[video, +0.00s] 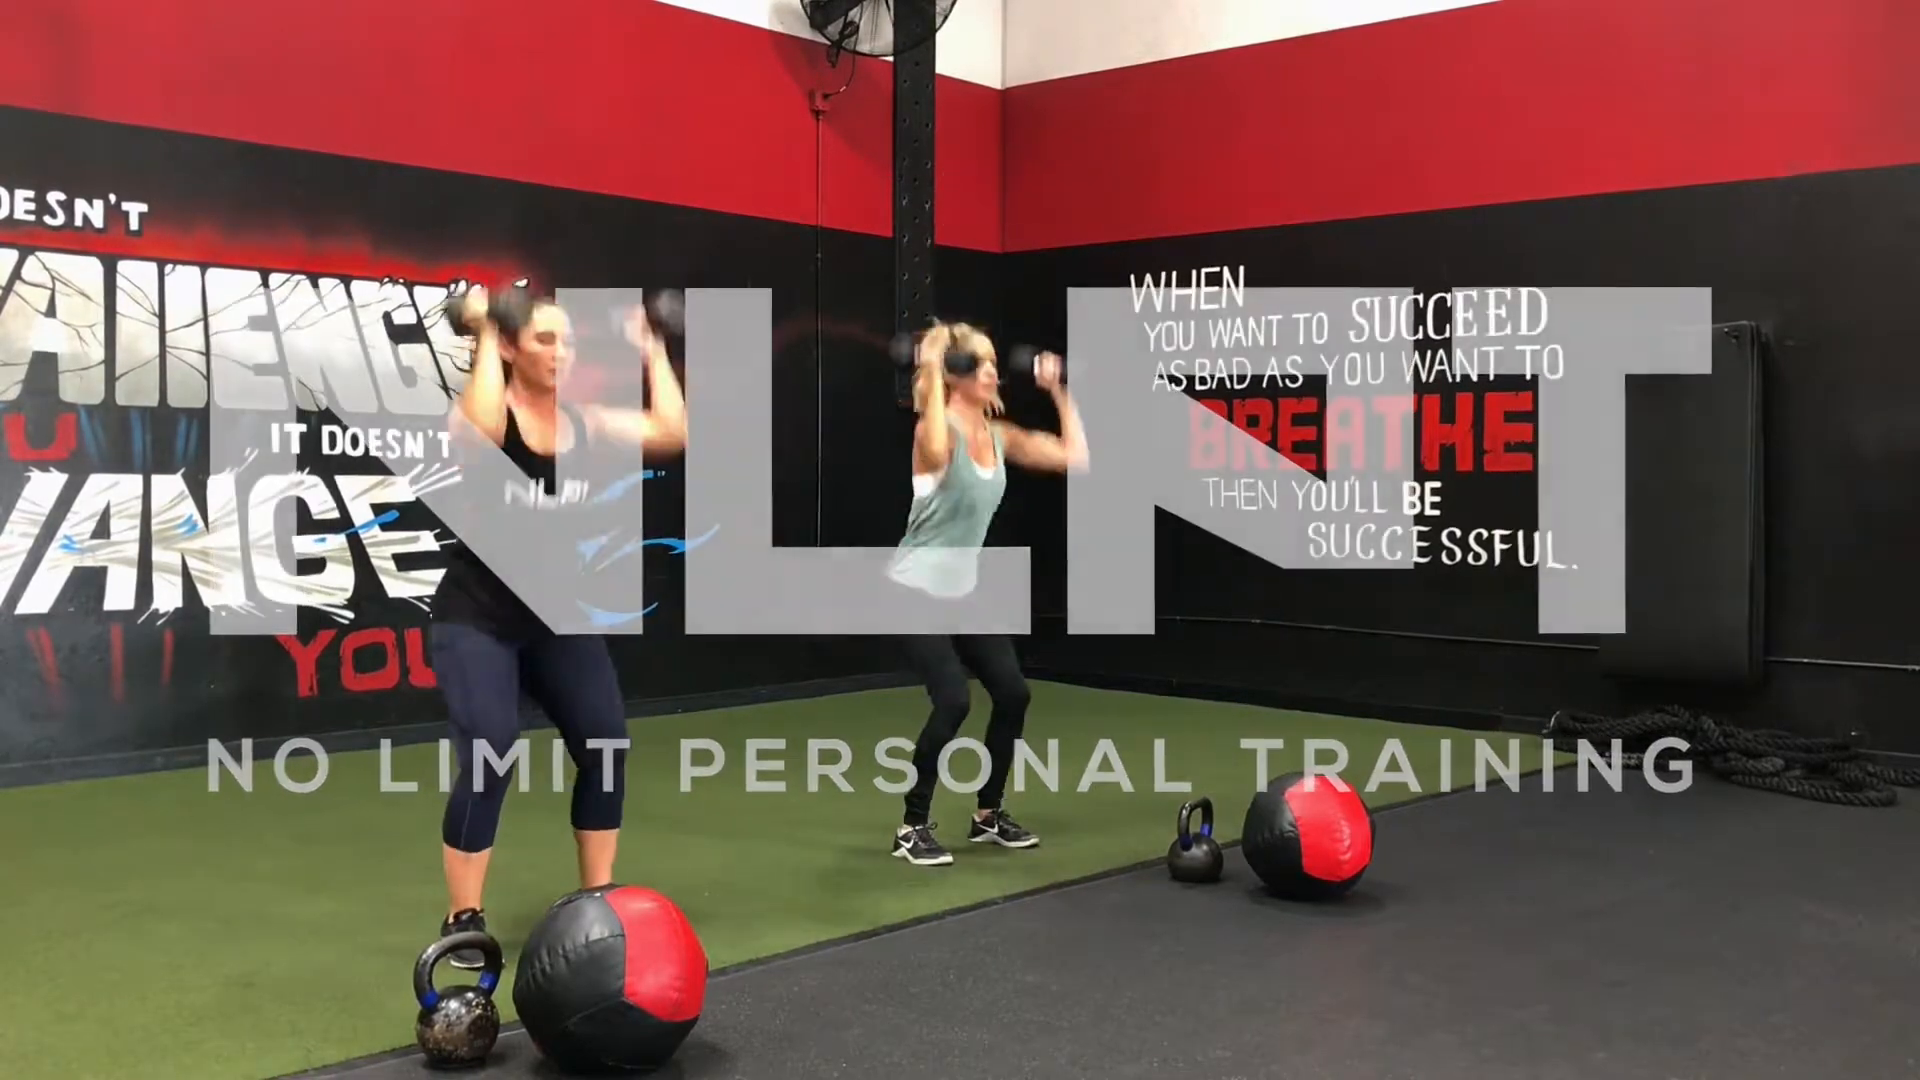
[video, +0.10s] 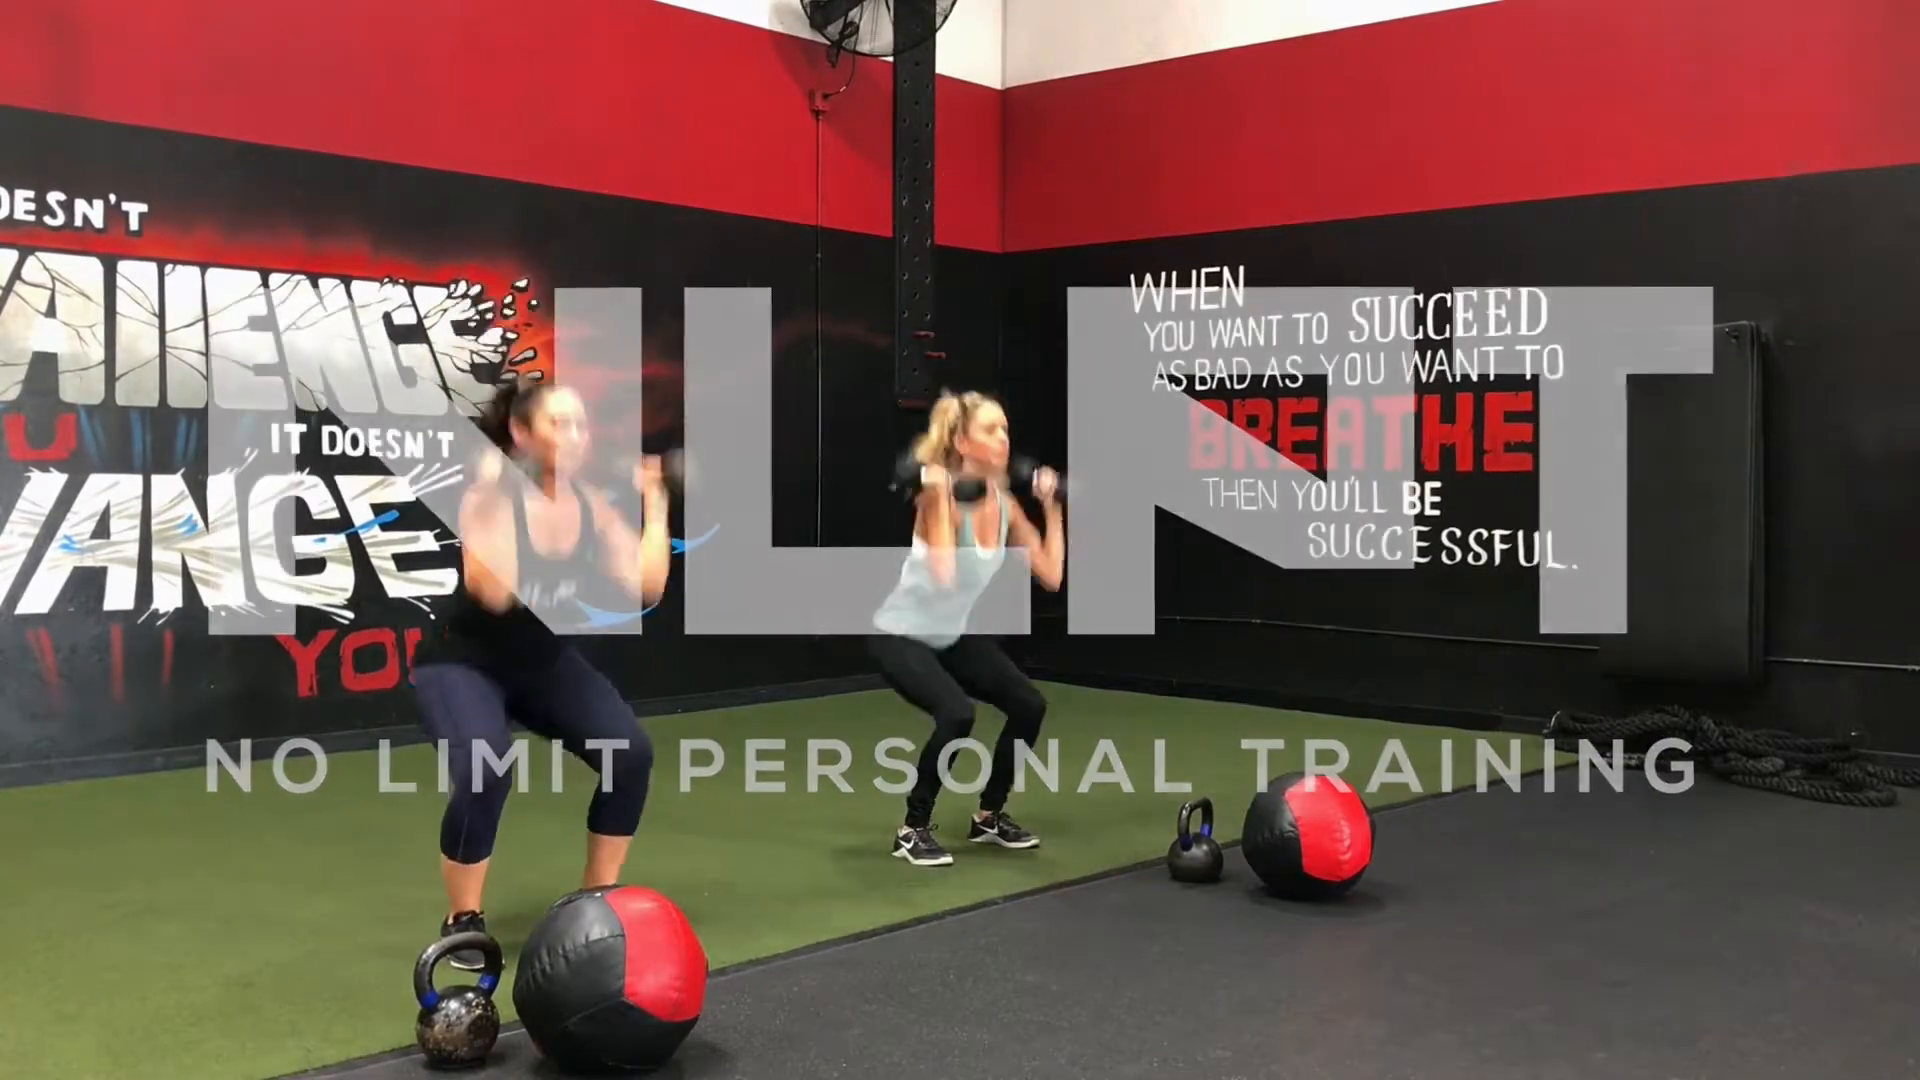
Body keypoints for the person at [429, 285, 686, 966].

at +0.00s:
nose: (560, 352)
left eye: (565, 340)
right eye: (545, 340)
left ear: (571, 348)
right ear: (508, 347)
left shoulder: (585, 420)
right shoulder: (480, 414)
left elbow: (671, 432)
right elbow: (483, 423)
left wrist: (653, 349)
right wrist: (487, 331)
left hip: (561, 615)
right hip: (477, 615)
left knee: (606, 742)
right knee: (487, 749)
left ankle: (597, 905)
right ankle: (465, 922)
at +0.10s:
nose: (571, 435)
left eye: (577, 423)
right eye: (557, 423)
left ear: (586, 434)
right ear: (520, 432)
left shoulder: (589, 504)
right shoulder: (494, 494)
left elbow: (646, 588)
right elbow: (495, 595)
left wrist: (655, 499)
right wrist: (491, 493)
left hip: (535, 654)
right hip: (461, 655)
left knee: (628, 752)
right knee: (483, 764)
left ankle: (596, 904)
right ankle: (464, 924)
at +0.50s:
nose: (579, 418)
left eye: (582, 407)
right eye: (562, 408)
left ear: (587, 415)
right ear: (524, 419)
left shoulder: (596, 486)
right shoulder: (495, 482)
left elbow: (666, 555)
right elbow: (511, 561)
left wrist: (658, 472)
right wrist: (500, 467)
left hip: (547, 653)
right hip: (468, 655)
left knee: (632, 758)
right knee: (491, 774)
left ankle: (596, 910)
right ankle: (465, 928)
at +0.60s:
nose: (562, 336)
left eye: (568, 324)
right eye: (547, 324)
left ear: (575, 331)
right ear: (512, 330)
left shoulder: (593, 403)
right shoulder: (488, 402)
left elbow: (674, 405)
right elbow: (503, 390)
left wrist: (648, 316)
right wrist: (494, 303)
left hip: (568, 603)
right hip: (487, 603)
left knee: (600, 745)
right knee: (489, 754)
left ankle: (598, 909)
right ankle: (465, 925)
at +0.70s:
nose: (559, 328)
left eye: (565, 316)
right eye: (543, 315)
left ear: (574, 327)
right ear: (506, 322)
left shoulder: (586, 388)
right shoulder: (483, 390)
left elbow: (638, 308)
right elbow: (493, 299)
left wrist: (634, 213)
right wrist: (492, 193)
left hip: (580, 605)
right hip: (500, 606)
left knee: (583, 749)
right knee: (489, 753)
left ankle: (597, 905)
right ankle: (466, 921)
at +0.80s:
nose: (557, 326)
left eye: (564, 315)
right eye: (541, 313)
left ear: (575, 327)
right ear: (507, 321)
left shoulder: (585, 387)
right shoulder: (483, 388)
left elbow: (642, 312)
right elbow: (491, 303)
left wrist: (631, 218)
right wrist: (490, 198)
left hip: (580, 606)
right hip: (499, 606)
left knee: (585, 749)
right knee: (491, 754)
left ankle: (596, 904)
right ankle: (466, 920)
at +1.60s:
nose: (552, 325)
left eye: (559, 315)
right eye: (537, 314)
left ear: (569, 327)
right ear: (505, 327)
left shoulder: (583, 391)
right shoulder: (480, 394)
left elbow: (657, 342)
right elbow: (496, 325)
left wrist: (634, 253)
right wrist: (496, 229)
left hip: (573, 603)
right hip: (493, 604)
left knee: (585, 750)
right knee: (486, 753)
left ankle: (597, 906)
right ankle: (465, 921)